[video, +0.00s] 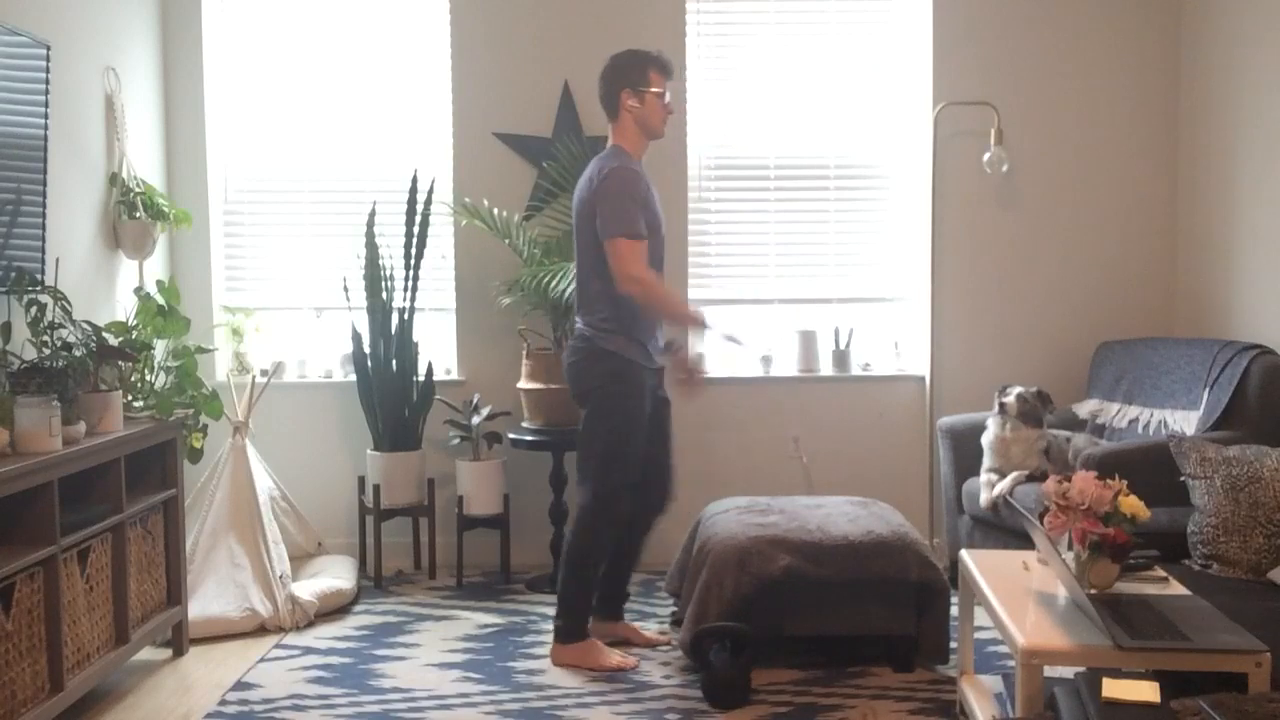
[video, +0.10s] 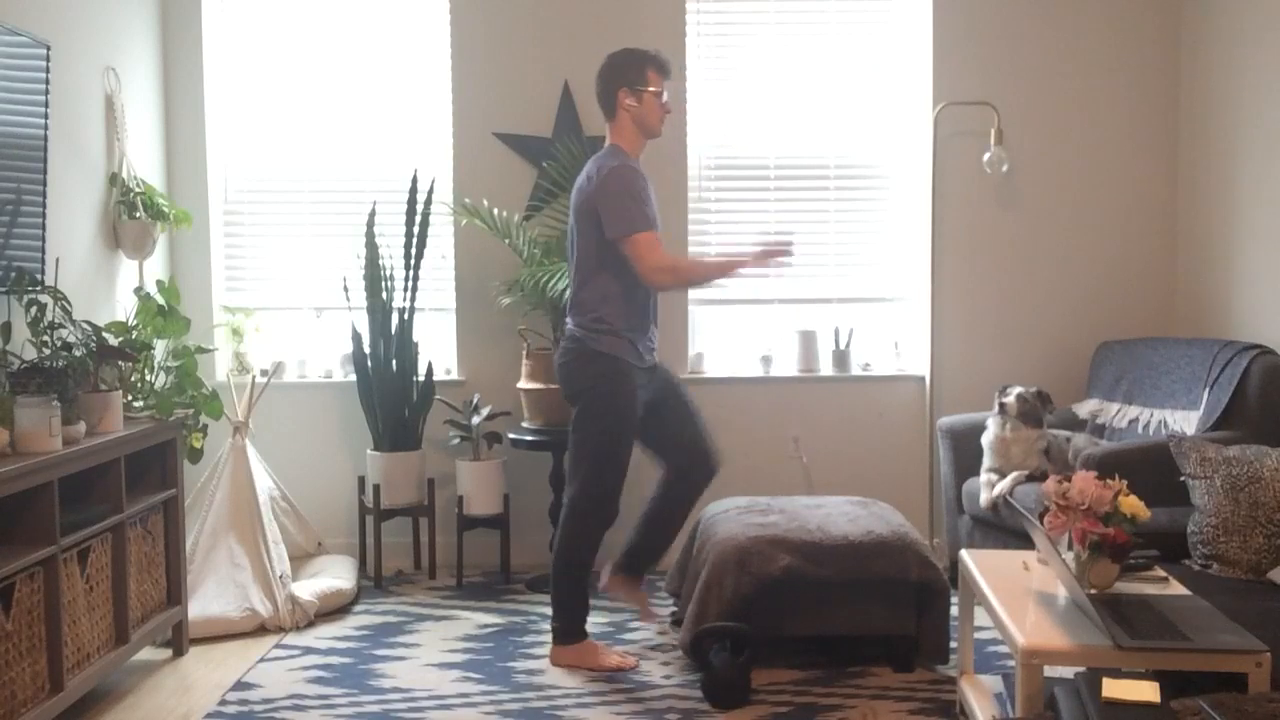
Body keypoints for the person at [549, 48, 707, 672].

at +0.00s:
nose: (670, 105)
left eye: (668, 94)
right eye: (661, 94)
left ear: (631, 104)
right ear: (628, 102)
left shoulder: (624, 172)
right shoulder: (616, 173)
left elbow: (631, 279)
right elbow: (628, 275)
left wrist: (672, 342)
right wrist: (689, 313)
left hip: (635, 357)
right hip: (611, 357)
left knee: (649, 488)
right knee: (607, 492)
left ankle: (607, 618)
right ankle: (570, 639)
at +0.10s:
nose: (668, 106)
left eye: (667, 95)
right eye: (658, 95)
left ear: (629, 103)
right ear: (624, 101)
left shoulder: (616, 171)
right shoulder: (615, 172)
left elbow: (649, 270)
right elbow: (655, 269)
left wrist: (723, 266)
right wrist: (741, 262)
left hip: (635, 359)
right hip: (603, 358)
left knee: (696, 463)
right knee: (591, 502)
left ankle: (628, 573)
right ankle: (568, 641)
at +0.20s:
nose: (672, 105)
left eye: (670, 94)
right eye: (663, 94)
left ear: (635, 99)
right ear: (628, 97)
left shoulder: (620, 168)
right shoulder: (618, 168)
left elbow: (681, 258)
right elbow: (682, 253)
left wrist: (738, 211)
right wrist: (745, 203)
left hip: (632, 350)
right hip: (601, 354)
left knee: (728, 403)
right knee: (596, 502)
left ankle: (644, 499)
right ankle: (569, 641)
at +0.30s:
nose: (680, 102)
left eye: (678, 92)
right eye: (671, 92)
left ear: (640, 99)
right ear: (640, 97)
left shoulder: (632, 166)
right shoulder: (626, 166)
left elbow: (706, 250)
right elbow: (708, 243)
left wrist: (727, 182)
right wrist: (735, 173)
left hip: (633, 337)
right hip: (604, 352)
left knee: (737, 339)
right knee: (600, 503)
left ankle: (673, 452)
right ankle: (568, 640)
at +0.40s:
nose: (693, 106)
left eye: (691, 96)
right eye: (685, 96)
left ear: (654, 104)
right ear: (655, 103)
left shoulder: (639, 167)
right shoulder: (641, 168)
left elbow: (718, 248)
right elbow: (725, 246)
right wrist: (726, 171)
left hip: (634, 337)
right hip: (613, 353)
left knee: (739, 307)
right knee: (611, 503)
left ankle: (725, 437)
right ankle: (569, 640)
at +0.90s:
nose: (779, 42)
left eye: (776, 31)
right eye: (771, 30)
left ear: (738, 39)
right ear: (742, 36)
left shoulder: (736, 110)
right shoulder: (725, 106)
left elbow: (753, 219)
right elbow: (708, 195)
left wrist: (811, 190)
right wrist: (763, 264)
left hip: (725, 287)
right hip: (706, 287)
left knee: (795, 402)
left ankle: (761, 544)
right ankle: (657, 535)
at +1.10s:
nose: (789, 8)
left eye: (788, 3)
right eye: (782, 1)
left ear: (753, 8)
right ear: (753, 4)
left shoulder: (762, 78)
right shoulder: (725, 62)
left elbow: (826, 135)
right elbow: (682, 152)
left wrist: (813, 64)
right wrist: (673, 245)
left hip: (745, 240)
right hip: (737, 235)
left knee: (761, 384)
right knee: (870, 239)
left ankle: (761, 520)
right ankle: (810, 360)